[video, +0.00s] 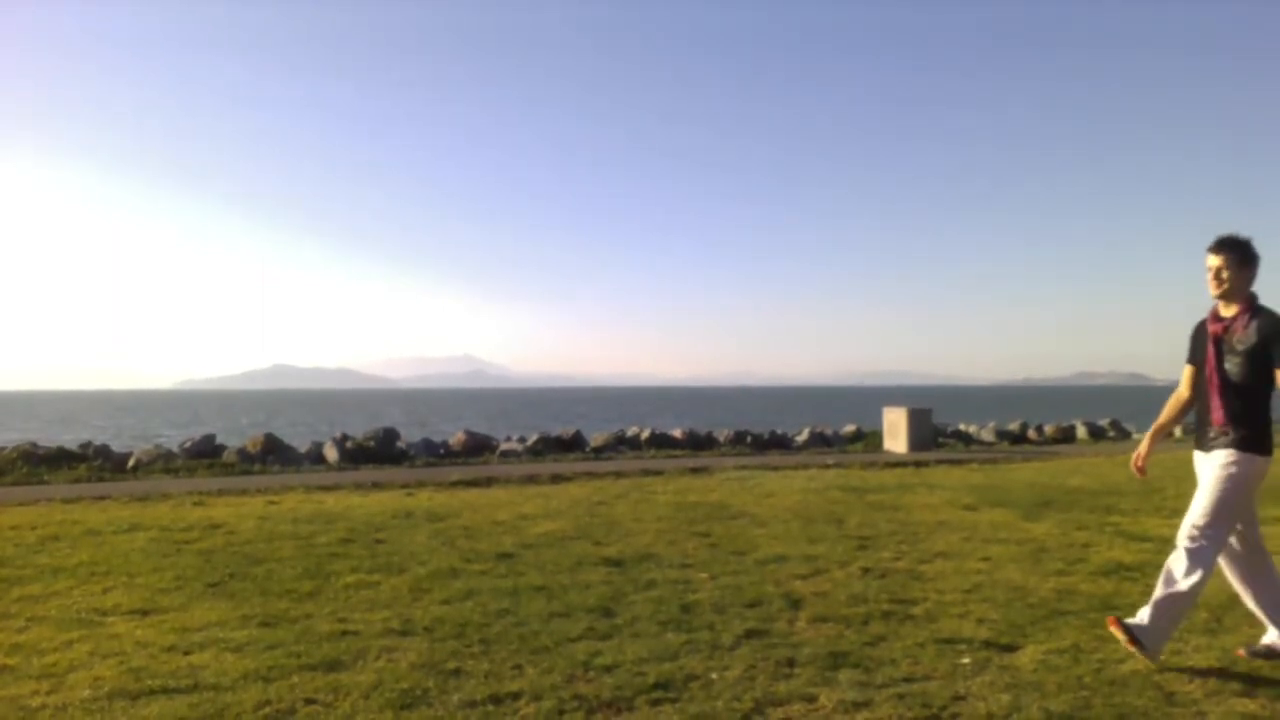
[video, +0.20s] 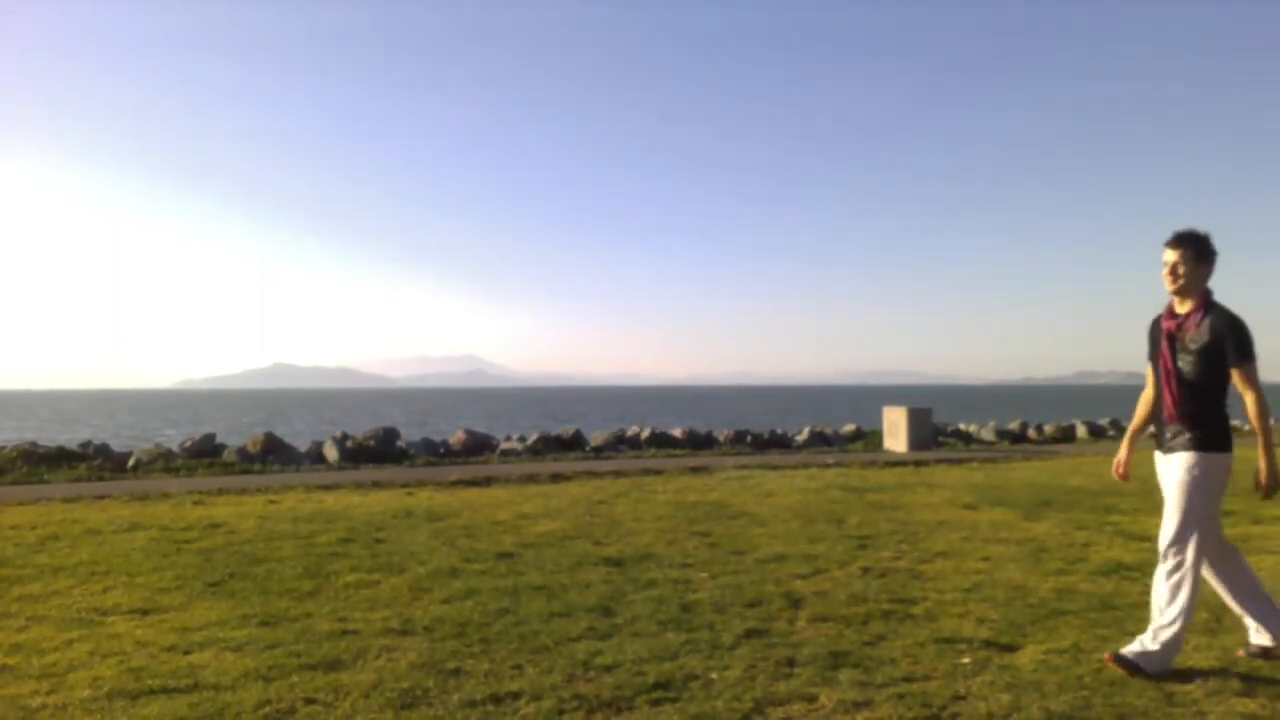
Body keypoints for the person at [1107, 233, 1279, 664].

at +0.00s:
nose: (1214, 278)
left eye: (1224, 270)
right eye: (1210, 271)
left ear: (1249, 272)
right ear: (1207, 275)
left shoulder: (1267, 326)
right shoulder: (1205, 328)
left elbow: (1275, 382)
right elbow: (1186, 390)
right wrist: (1152, 436)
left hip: (1244, 449)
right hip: (1207, 448)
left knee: (1197, 536)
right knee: (1241, 547)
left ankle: (1150, 631)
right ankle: (1277, 628)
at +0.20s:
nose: (1170, 273)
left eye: (1181, 266)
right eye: (1167, 265)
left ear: (1205, 269)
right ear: (1162, 270)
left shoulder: (1224, 324)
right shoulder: (1160, 326)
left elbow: (1252, 392)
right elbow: (1152, 390)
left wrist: (1266, 457)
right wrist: (1128, 440)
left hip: (1203, 452)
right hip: (1167, 451)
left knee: (1176, 546)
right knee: (1209, 546)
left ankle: (1156, 649)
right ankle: (1269, 628)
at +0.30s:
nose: (1145, 273)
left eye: (1154, 265)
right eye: (1141, 266)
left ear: (1181, 266)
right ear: (1138, 269)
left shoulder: (1202, 322)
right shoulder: (1140, 323)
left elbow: (1224, 392)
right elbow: (1137, 388)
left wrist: (1232, 458)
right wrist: (1121, 442)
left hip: (1183, 450)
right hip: (1143, 449)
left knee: (1163, 550)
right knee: (1148, 546)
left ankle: (1148, 653)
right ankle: (1238, 599)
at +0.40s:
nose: (1124, 273)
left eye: (1133, 265)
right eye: (1119, 266)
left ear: (1159, 265)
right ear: (1117, 270)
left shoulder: (1181, 319)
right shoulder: (1127, 320)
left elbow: (1195, 392)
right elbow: (1128, 388)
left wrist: (1188, 458)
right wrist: (1114, 438)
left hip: (1160, 449)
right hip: (1121, 446)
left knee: (1151, 551)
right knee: (1101, 536)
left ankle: (1147, 652)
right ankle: (1184, 582)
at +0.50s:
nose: (1106, 271)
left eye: (1115, 263)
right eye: (1102, 264)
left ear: (1143, 262)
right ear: (1101, 268)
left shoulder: (1164, 316)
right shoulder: (1116, 314)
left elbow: (1165, 391)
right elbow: (1120, 380)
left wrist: (1137, 447)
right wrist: (1106, 432)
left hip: (1146, 450)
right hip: (1103, 443)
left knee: (1140, 553)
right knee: (1064, 526)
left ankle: (1148, 653)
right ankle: (1120, 605)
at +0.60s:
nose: (1090, 269)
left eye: (1098, 260)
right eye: (1085, 263)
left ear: (1126, 260)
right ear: (1084, 267)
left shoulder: (1146, 312)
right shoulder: (1100, 313)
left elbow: (1139, 383)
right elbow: (1108, 379)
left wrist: (1088, 430)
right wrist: (1091, 429)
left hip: (1130, 448)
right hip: (1089, 442)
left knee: (1133, 552)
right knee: (1040, 527)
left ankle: (1146, 654)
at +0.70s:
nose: (1069, 272)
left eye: (1078, 264)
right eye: (1066, 266)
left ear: (1107, 265)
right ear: (1067, 271)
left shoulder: (1126, 316)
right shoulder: (1081, 318)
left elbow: (1114, 383)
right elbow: (1086, 381)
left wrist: (1052, 418)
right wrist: (1061, 428)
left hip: (1111, 455)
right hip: (1068, 450)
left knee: (1120, 556)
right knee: (1027, 543)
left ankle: (1143, 655)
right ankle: (994, 644)